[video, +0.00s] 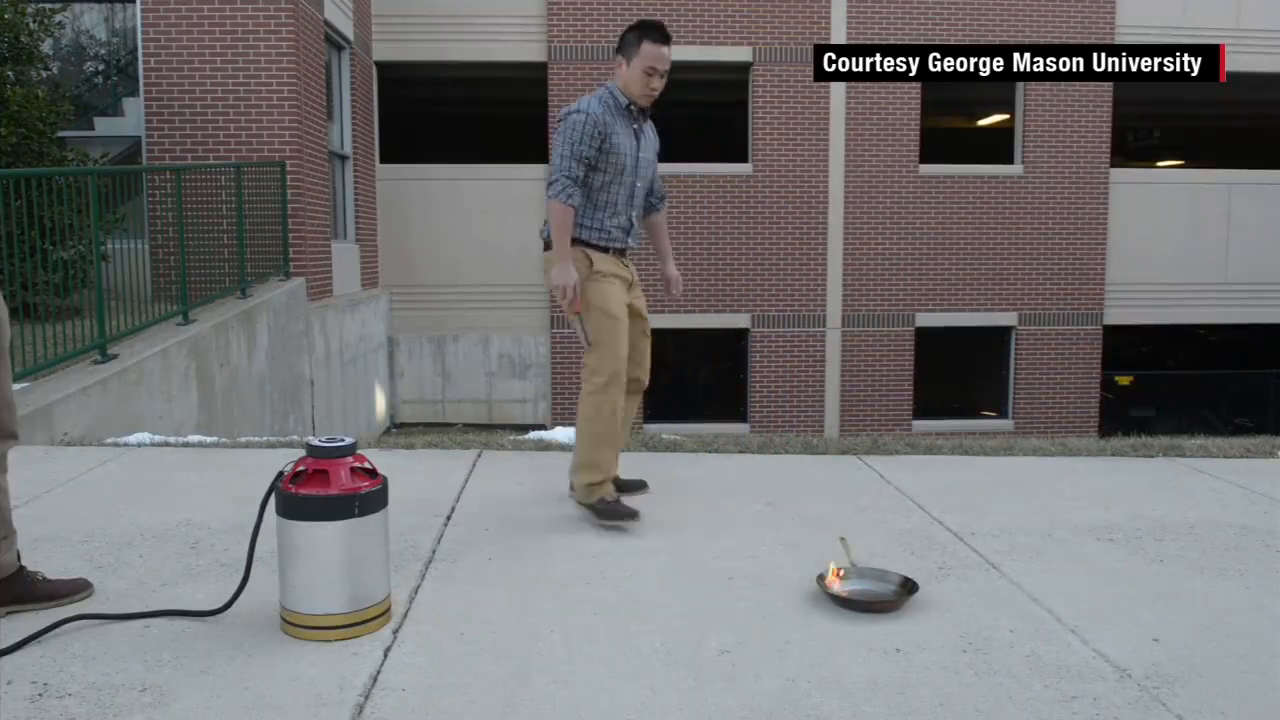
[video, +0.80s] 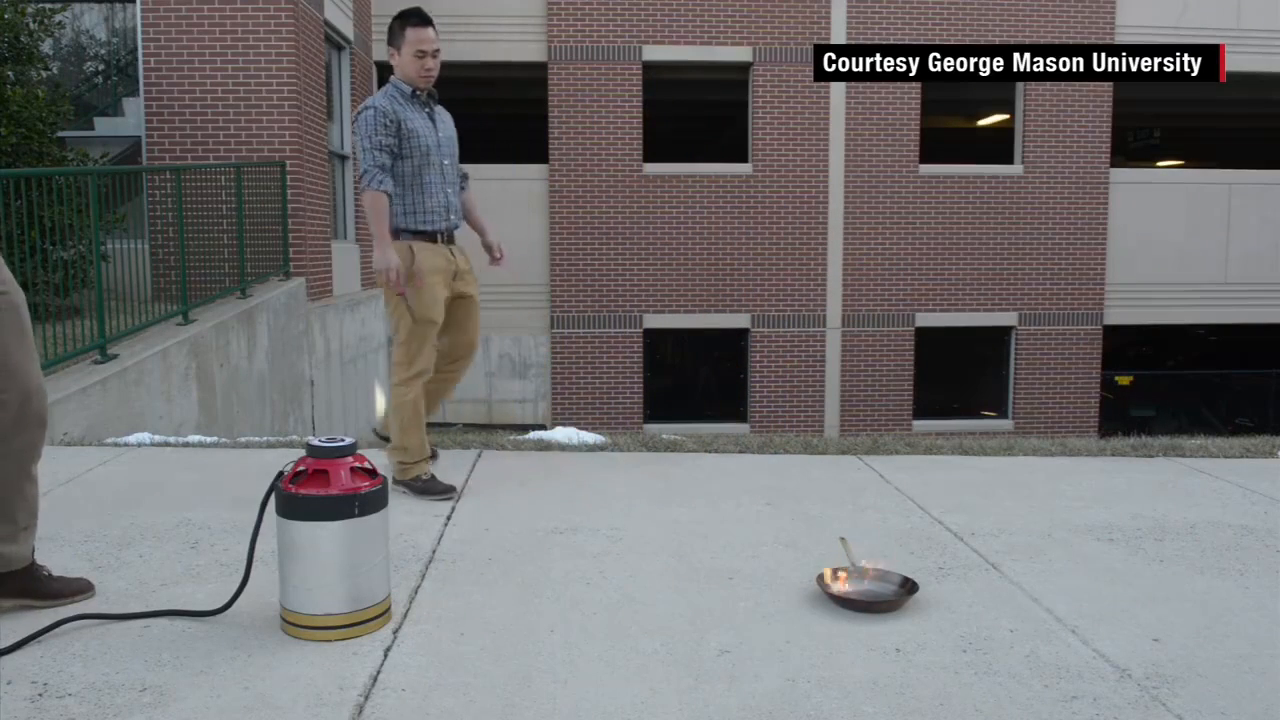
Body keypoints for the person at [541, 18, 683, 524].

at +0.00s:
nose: (657, 84)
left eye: (664, 75)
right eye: (649, 72)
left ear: (666, 73)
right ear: (619, 65)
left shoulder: (646, 131)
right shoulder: (586, 116)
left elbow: (652, 204)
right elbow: (562, 189)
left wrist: (667, 262)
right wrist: (561, 260)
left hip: (622, 263)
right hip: (588, 260)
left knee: (633, 373)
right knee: (607, 368)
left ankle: (602, 471)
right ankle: (591, 485)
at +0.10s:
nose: (633, 74)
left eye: (638, 65)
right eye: (624, 63)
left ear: (640, 64)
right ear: (595, 58)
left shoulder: (627, 126)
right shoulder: (563, 110)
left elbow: (637, 197)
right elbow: (545, 184)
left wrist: (649, 256)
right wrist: (554, 252)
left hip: (610, 259)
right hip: (572, 254)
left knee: (618, 372)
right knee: (581, 366)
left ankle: (594, 474)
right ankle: (539, 471)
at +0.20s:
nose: (595, 68)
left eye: (600, 60)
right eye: (586, 58)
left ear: (603, 62)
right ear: (557, 56)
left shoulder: (594, 122)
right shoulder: (532, 111)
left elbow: (606, 195)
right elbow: (523, 184)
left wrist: (618, 252)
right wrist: (541, 246)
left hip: (594, 261)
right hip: (548, 257)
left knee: (606, 370)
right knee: (536, 367)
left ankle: (592, 473)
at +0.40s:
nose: (525, 77)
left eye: (531, 68)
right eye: (515, 67)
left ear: (536, 69)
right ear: (487, 68)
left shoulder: (532, 133)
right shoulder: (467, 124)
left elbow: (539, 204)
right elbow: (468, 198)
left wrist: (560, 256)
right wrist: (510, 239)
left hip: (538, 268)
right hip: (487, 269)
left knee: (574, 370)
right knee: (464, 374)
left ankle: (592, 472)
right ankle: (413, 465)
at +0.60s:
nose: (477, 70)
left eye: (482, 60)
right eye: (467, 60)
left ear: (488, 61)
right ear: (439, 60)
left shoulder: (485, 122)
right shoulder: (420, 115)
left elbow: (496, 195)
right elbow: (420, 187)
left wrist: (512, 249)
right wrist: (459, 230)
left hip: (490, 260)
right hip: (442, 259)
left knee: (524, 362)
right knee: (431, 369)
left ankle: (537, 459)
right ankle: (410, 469)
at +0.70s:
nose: (447, 62)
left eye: (452, 53)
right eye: (437, 53)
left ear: (457, 54)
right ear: (410, 55)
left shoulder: (458, 115)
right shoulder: (394, 109)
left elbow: (470, 184)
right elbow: (393, 183)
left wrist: (492, 236)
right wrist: (414, 241)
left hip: (465, 251)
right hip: (421, 252)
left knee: (487, 348)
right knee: (417, 364)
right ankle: (410, 467)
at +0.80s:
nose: (431, 62)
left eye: (435, 53)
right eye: (420, 53)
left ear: (440, 55)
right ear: (394, 56)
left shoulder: (441, 115)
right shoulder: (378, 110)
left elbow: (455, 184)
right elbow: (373, 185)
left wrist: (484, 231)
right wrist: (383, 246)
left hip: (452, 251)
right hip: (412, 252)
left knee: (458, 350)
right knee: (413, 361)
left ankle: (398, 422)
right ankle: (410, 467)